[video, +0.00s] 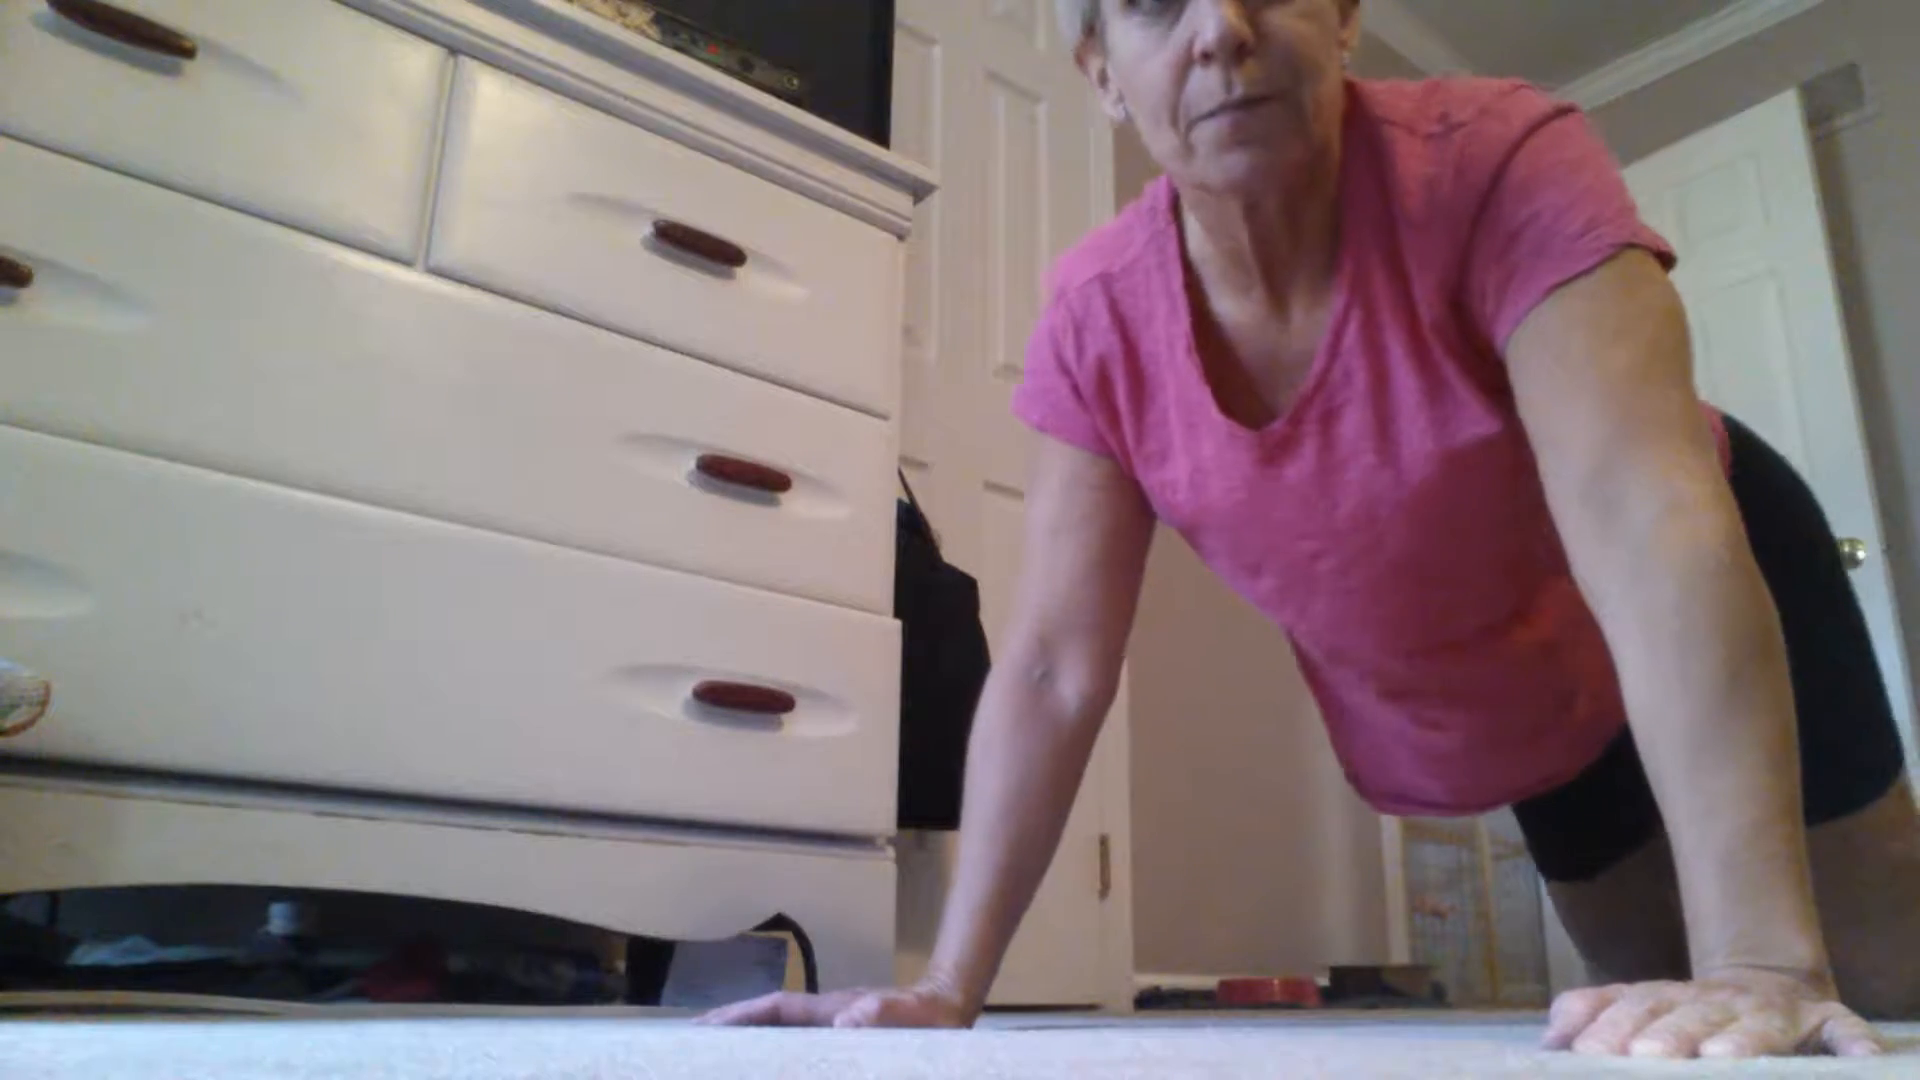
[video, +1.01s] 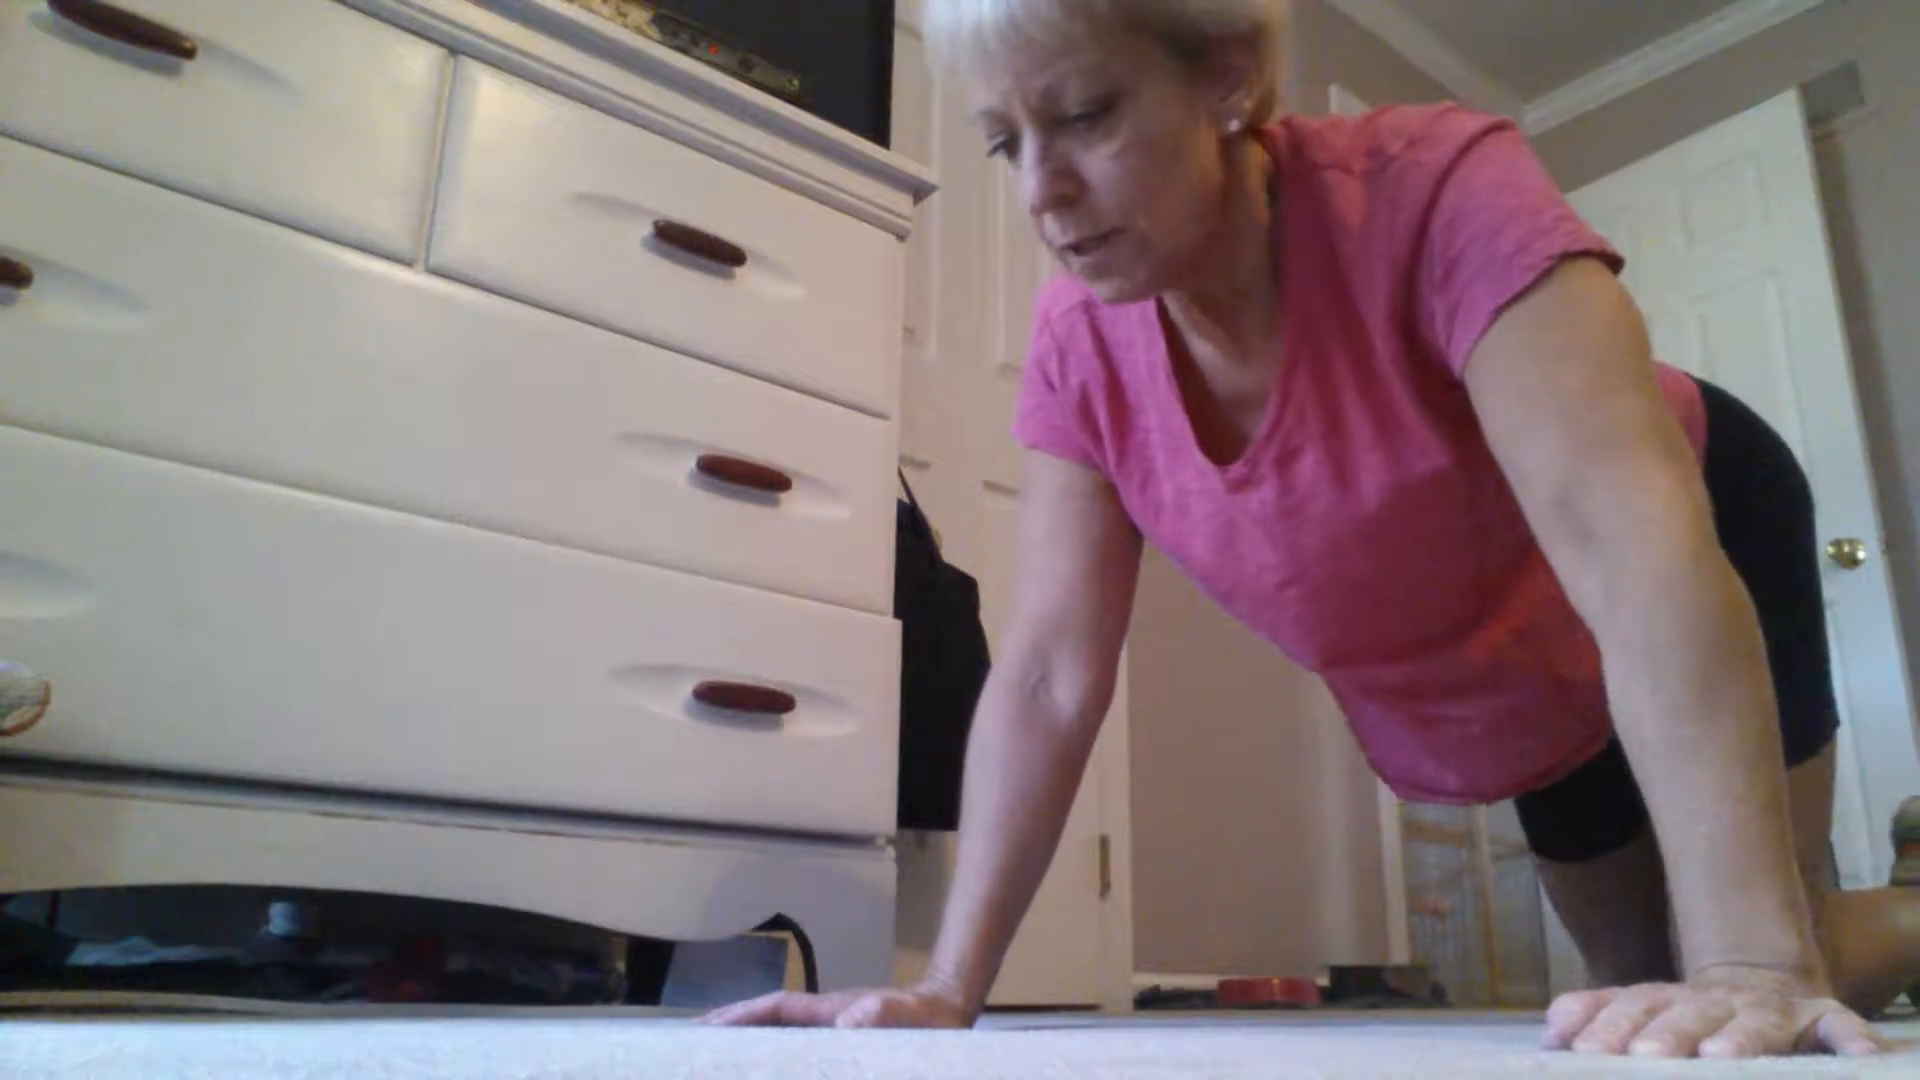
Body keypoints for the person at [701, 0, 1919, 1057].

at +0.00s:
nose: (1220, 35)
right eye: (1160, 8)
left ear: (1341, 24)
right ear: (1102, 76)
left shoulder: (1502, 162)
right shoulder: (1102, 316)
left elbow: (1654, 520)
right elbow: (1050, 667)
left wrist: (1763, 967)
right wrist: (950, 980)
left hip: (1706, 603)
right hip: (1523, 726)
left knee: (1868, 987)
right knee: (1661, 1023)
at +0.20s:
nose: (1211, 89)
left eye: (1255, 34)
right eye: (1150, 54)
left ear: (1337, 56)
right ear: (1101, 109)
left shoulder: (1483, 198)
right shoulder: (1091, 323)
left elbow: (1640, 540)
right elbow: (1044, 672)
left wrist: (1758, 968)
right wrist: (949, 981)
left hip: (1670, 598)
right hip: (1495, 710)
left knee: (1861, 963)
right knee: (1654, 1004)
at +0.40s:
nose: (1228, 135)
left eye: (1268, 73)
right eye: (1167, 99)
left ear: (1346, 89)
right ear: (1115, 157)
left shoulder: (1490, 219)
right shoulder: (1105, 341)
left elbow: (1647, 561)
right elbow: (1053, 685)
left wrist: (1751, 974)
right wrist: (953, 979)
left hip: (1648, 559)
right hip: (1487, 667)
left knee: (1776, 959)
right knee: (1643, 988)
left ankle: (1907, 867)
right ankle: (1863, 876)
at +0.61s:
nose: (1206, 126)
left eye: (1249, 66)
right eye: (1146, 90)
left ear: (1332, 84)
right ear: (1101, 150)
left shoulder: (1476, 217)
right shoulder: (1104, 340)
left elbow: (1654, 566)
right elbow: (1053, 682)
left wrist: (1756, 968)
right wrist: (953, 980)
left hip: (1663, 554)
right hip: (1489, 647)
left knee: (1734, 948)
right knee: (1614, 965)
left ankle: (1836, 916)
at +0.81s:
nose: (1116, 143)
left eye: (1154, 74)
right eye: (1062, 108)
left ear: (1261, 64)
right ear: (1032, 140)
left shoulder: (1437, 192)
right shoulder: (1083, 331)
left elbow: (1630, 538)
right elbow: (1043, 675)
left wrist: (1756, 973)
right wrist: (949, 985)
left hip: (1682, 542)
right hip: (1504, 657)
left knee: (1777, 948)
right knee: (1644, 997)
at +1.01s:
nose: (1044, 193)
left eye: (1084, 121)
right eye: (1009, 142)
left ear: (1237, 80)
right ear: (990, 146)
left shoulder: (1444, 192)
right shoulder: (1084, 333)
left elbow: (1640, 541)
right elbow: (1045, 675)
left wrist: (1752, 973)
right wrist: (950, 983)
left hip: (1678, 548)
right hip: (1501, 665)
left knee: (1777, 956)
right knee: (1645, 999)